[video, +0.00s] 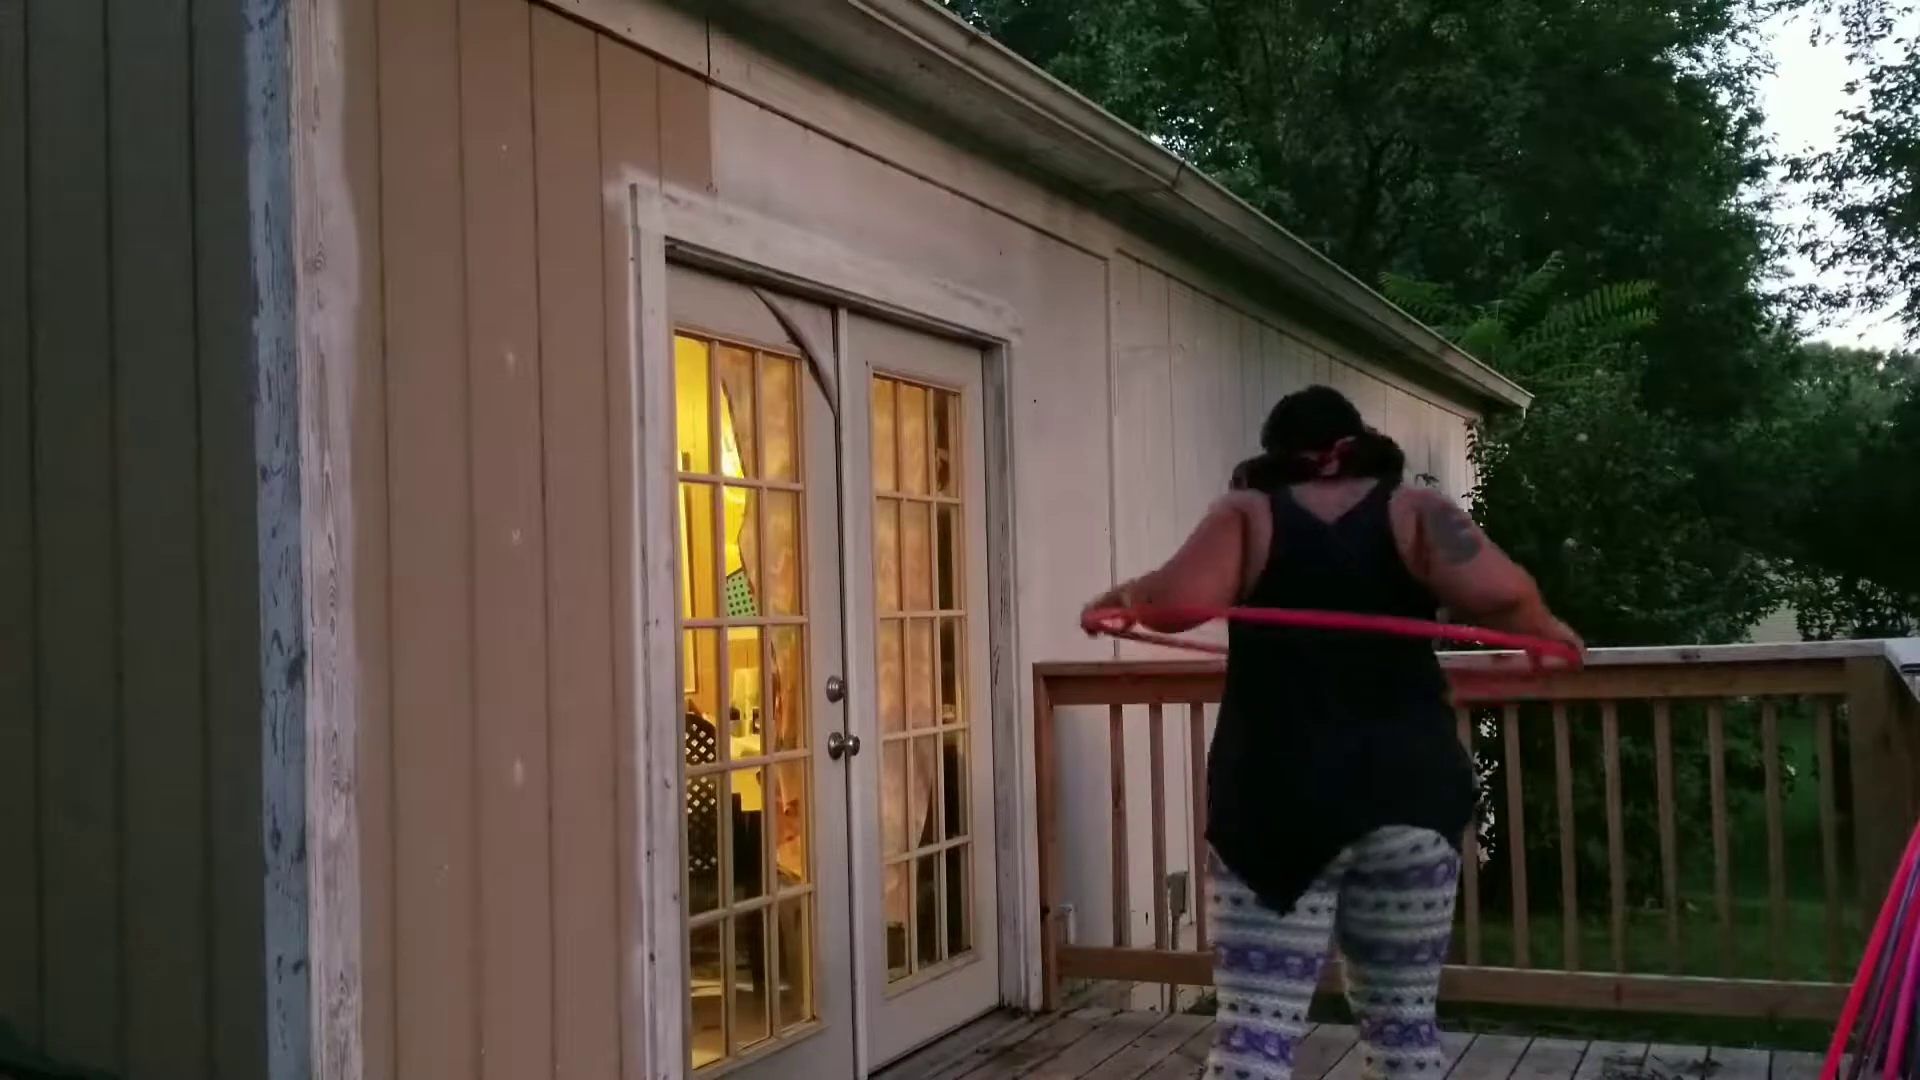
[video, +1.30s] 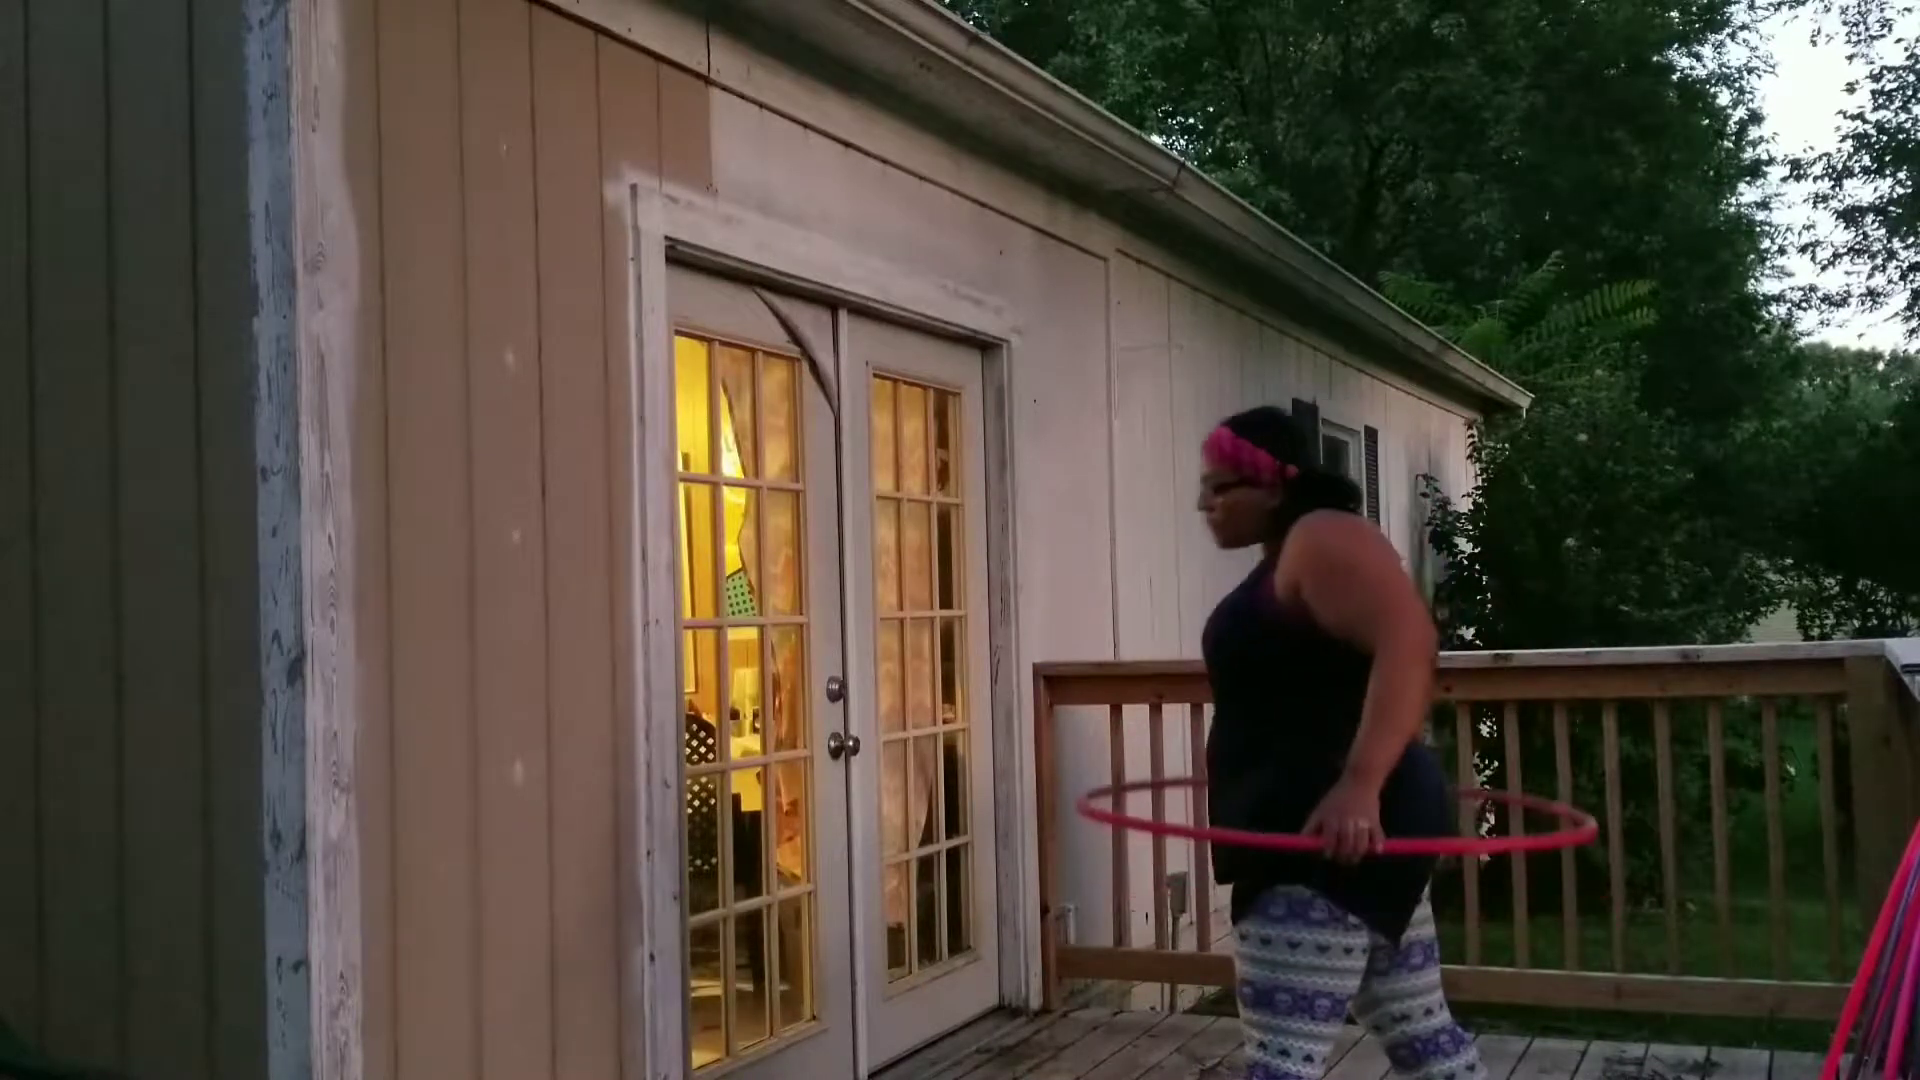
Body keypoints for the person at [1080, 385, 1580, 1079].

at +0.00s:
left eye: (1278, 459)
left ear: (1277, 459)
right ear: (1360, 449)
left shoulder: (1245, 513)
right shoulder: (1420, 509)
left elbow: (1186, 598)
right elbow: (1501, 591)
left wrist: (1130, 595)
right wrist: (1546, 634)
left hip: (1277, 801)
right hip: (1411, 795)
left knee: (1255, 1033)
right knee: (1405, 1024)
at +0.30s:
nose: (1232, 475)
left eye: (1235, 464)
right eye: (1234, 466)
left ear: (1252, 460)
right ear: (1332, 458)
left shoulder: (1248, 512)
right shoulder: (1408, 524)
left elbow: (1231, 618)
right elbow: (1494, 628)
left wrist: (1125, 696)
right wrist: (1482, 707)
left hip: (1260, 818)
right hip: (1390, 811)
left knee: (1248, 1050)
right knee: (1409, 1032)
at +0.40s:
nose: (1228, 483)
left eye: (1231, 469)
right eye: (1228, 470)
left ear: (1251, 462)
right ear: (1327, 459)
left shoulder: (1254, 519)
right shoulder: (1405, 533)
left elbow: (1252, 639)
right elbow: (1481, 647)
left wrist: (1150, 748)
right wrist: (1473, 736)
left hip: (1259, 821)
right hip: (1384, 811)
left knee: (1248, 1050)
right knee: (1407, 1022)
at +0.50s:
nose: (1233, 495)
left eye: (1236, 477)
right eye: (1230, 479)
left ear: (1263, 467)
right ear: (1327, 462)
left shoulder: (1272, 529)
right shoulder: (1403, 538)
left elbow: (1275, 669)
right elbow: (1466, 663)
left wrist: (1185, 798)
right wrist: (1458, 768)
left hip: (1265, 831)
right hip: (1384, 819)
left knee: (1254, 1059)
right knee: (1409, 1018)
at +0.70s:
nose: (1255, 495)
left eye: (1264, 479)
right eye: (1255, 480)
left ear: (1311, 477)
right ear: (1323, 476)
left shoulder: (1340, 570)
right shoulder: (1402, 553)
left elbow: (1311, 713)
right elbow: (1419, 702)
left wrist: (1275, 853)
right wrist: (1427, 815)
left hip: (1303, 840)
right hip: (1388, 827)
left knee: (1267, 1055)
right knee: (1414, 1025)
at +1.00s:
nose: (1277, 482)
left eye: (1293, 468)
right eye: (1281, 466)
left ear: (1346, 481)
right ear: (1350, 481)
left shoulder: (1379, 572)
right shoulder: (1378, 562)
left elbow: (1373, 722)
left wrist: (1342, 864)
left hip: (1305, 859)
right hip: (1372, 855)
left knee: (1274, 1063)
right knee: (1425, 1043)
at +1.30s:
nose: (1206, 503)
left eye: (1222, 486)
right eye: (1206, 488)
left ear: (1277, 482)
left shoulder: (1323, 537)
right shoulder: (1286, 563)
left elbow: (1409, 637)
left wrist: (1361, 781)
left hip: (1313, 850)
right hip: (1365, 844)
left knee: (1280, 1061)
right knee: (1427, 1041)